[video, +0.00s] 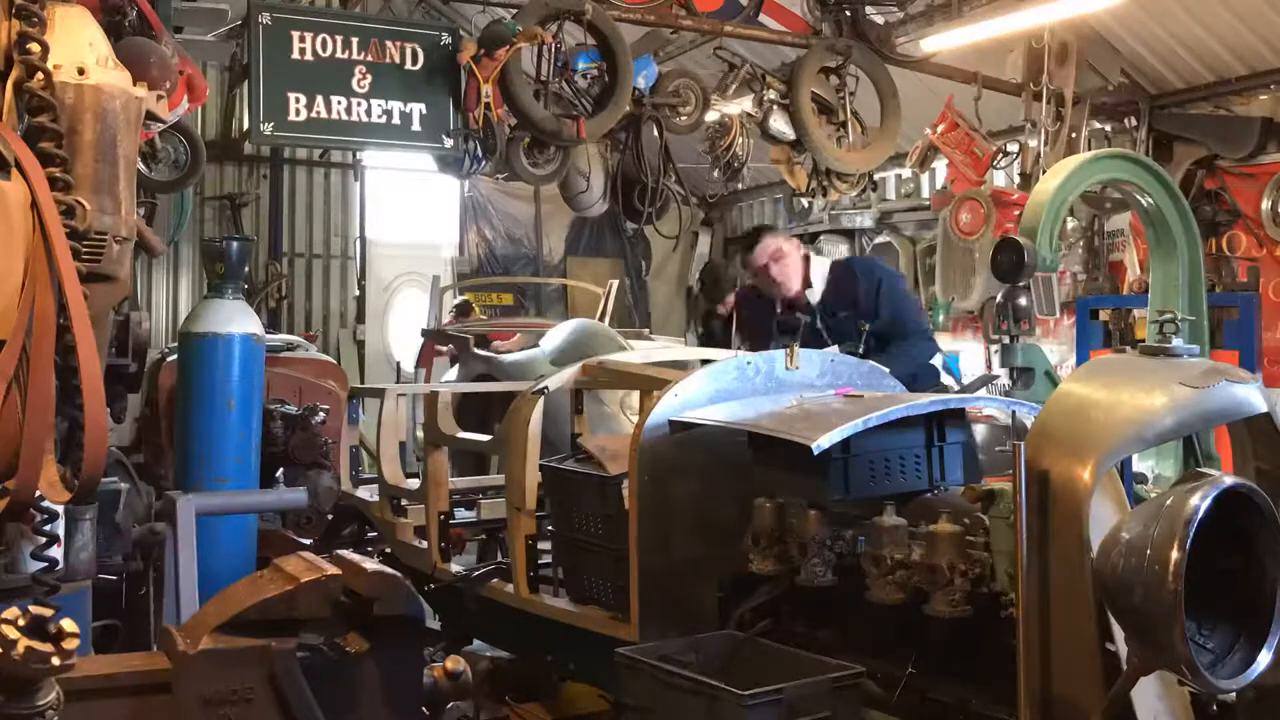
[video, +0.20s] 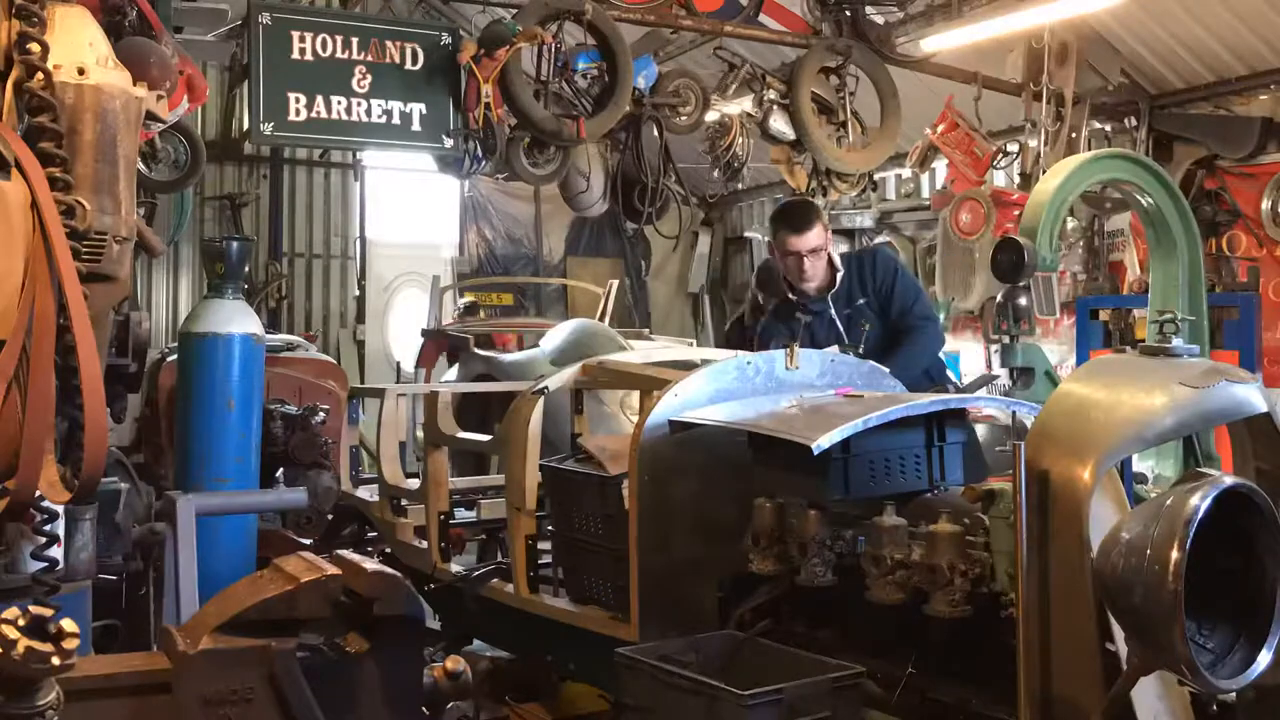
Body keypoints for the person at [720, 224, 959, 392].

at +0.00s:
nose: (774, 273)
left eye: (777, 257)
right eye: (761, 270)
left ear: (797, 247)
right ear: (755, 282)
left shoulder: (863, 276)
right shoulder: (765, 316)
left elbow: (919, 346)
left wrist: (856, 382)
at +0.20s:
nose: (805, 265)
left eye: (815, 251)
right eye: (793, 255)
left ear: (829, 241)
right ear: (774, 253)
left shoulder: (877, 266)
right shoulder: (776, 329)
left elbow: (927, 332)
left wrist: (875, 387)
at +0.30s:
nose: (837, 256)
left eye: (847, 244)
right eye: (826, 244)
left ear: (861, 233)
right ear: (808, 235)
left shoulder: (902, 263)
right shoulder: (797, 303)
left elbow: (935, 340)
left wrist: (876, 387)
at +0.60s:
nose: (844, 262)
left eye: (856, 251)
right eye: (835, 251)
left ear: (881, 230)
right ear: (825, 240)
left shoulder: (927, 264)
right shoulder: (823, 295)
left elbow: (938, 345)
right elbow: (813, 362)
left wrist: (879, 390)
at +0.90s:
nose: (841, 254)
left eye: (846, 239)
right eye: (833, 246)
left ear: (874, 217)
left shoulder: (939, 261)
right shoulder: (839, 290)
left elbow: (941, 345)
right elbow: (819, 360)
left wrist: (881, 391)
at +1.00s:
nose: (815, 281)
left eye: (816, 268)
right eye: (807, 274)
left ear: (835, 237)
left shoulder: (919, 259)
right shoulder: (830, 304)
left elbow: (940, 342)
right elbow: (804, 359)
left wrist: (878, 391)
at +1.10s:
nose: (787, 339)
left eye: (779, 328)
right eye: (778, 342)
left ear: (787, 299)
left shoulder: (873, 283)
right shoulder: (827, 351)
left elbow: (938, 339)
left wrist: (880, 389)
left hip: (959, 409)